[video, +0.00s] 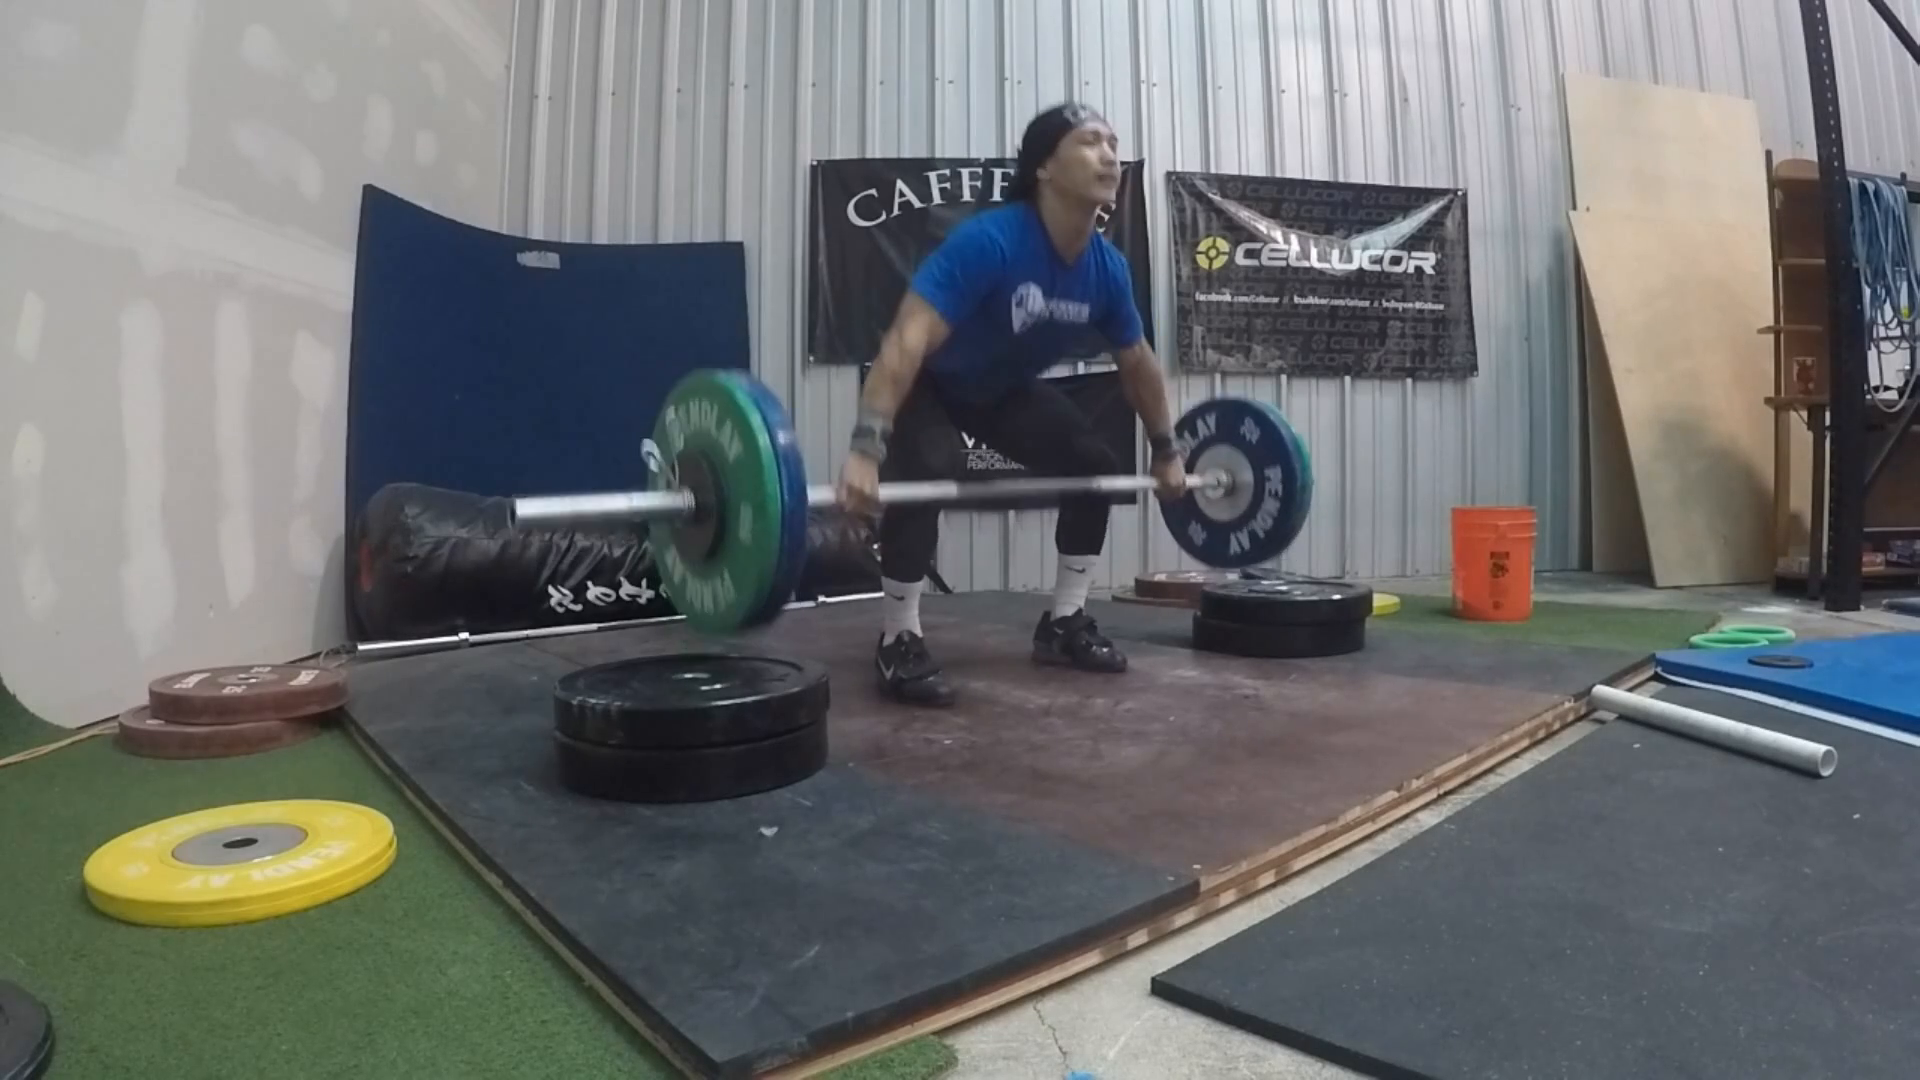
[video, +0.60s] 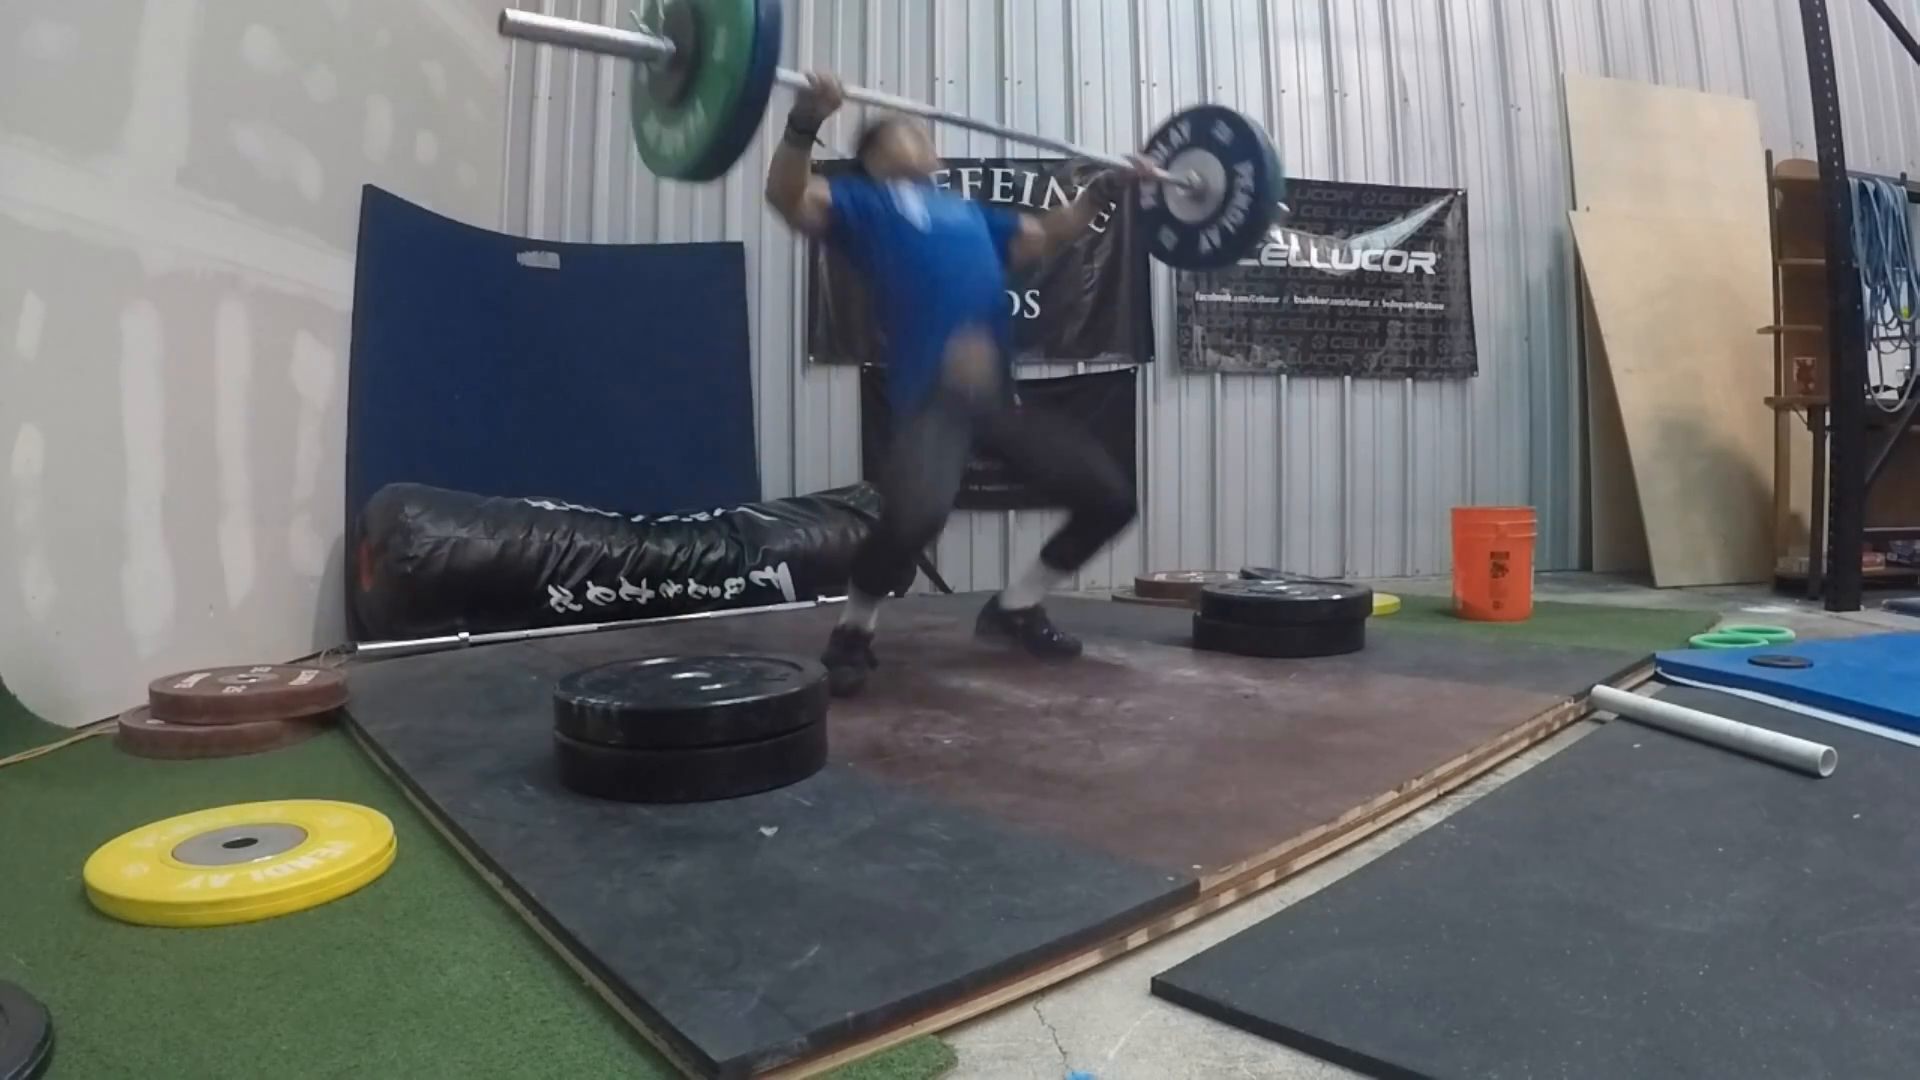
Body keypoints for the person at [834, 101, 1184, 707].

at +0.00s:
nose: (1110, 156)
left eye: (1113, 146)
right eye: (1090, 143)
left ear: (1115, 172)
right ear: (1044, 168)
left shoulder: (1106, 267)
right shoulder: (987, 243)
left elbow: (1137, 361)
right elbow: (908, 337)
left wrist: (1166, 451)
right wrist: (865, 448)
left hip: (1002, 390)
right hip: (923, 384)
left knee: (1094, 463)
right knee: (925, 470)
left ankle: (1065, 620)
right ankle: (900, 640)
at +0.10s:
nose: (1104, 119)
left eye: (1106, 109)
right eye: (1085, 108)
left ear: (1111, 132)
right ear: (1040, 133)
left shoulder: (1102, 231)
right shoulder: (984, 206)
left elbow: (1131, 324)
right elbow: (900, 294)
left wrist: (1162, 417)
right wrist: (860, 400)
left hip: (996, 367)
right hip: (920, 361)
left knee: (1076, 451)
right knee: (917, 459)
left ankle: (1064, 620)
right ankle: (899, 639)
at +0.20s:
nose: (1084, 63)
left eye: (1085, 55)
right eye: (1063, 53)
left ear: (1089, 85)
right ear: (1022, 81)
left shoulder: (1090, 183)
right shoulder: (972, 159)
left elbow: (1124, 277)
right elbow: (884, 233)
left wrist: (1152, 365)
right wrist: (853, 333)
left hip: (1001, 347)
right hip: (916, 340)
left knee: (1074, 454)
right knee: (924, 459)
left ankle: (1063, 620)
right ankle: (901, 639)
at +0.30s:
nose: (1012, 19)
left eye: (1014, 15)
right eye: (993, 15)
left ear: (1022, 49)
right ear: (962, 48)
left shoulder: (1055, 134)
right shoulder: (941, 112)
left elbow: (1097, 223)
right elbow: (858, 176)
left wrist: (1143, 309)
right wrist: (841, 266)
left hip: (1037, 331)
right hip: (957, 329)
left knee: (1111, 460)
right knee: (963, 456)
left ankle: (1072, 613)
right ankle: (908, 632)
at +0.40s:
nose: (937, 20)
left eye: (938, 18)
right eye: (917, 21)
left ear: (949, 46)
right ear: (891, 49)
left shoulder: (1005, 111)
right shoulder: (890, 83)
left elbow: (1067, 181)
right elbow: (833, 126)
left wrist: (1138, 244)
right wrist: (837, 183)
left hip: (1035, 276)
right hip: (959, 271)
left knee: (1077, 422)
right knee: (954, 416)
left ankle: (1086, 600)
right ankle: (912, 620)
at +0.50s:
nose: (902, 72)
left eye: (904, 67)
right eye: (886, 68)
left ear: (915, 87)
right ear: (858, 92)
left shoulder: (953, 136)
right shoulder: (859, 130)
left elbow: (1038, 185)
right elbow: (797, 146)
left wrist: (1134, 200)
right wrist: (824, 127)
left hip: (1009, 292)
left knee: (1080, 441)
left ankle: (1041, 595)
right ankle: (871, 615)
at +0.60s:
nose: (914, 139)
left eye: (920, 133)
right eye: (898, 133)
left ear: (932, 155)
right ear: (873, 155)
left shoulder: (971, 213)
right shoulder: (865, 201)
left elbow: (1043, 237)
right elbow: (786, 197)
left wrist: (1108, 187)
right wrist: (804, 123)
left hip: (998, 404)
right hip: (926, 406)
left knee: (1110, 499)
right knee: (916, 517)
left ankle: (1016, 605)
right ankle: (854, 631)